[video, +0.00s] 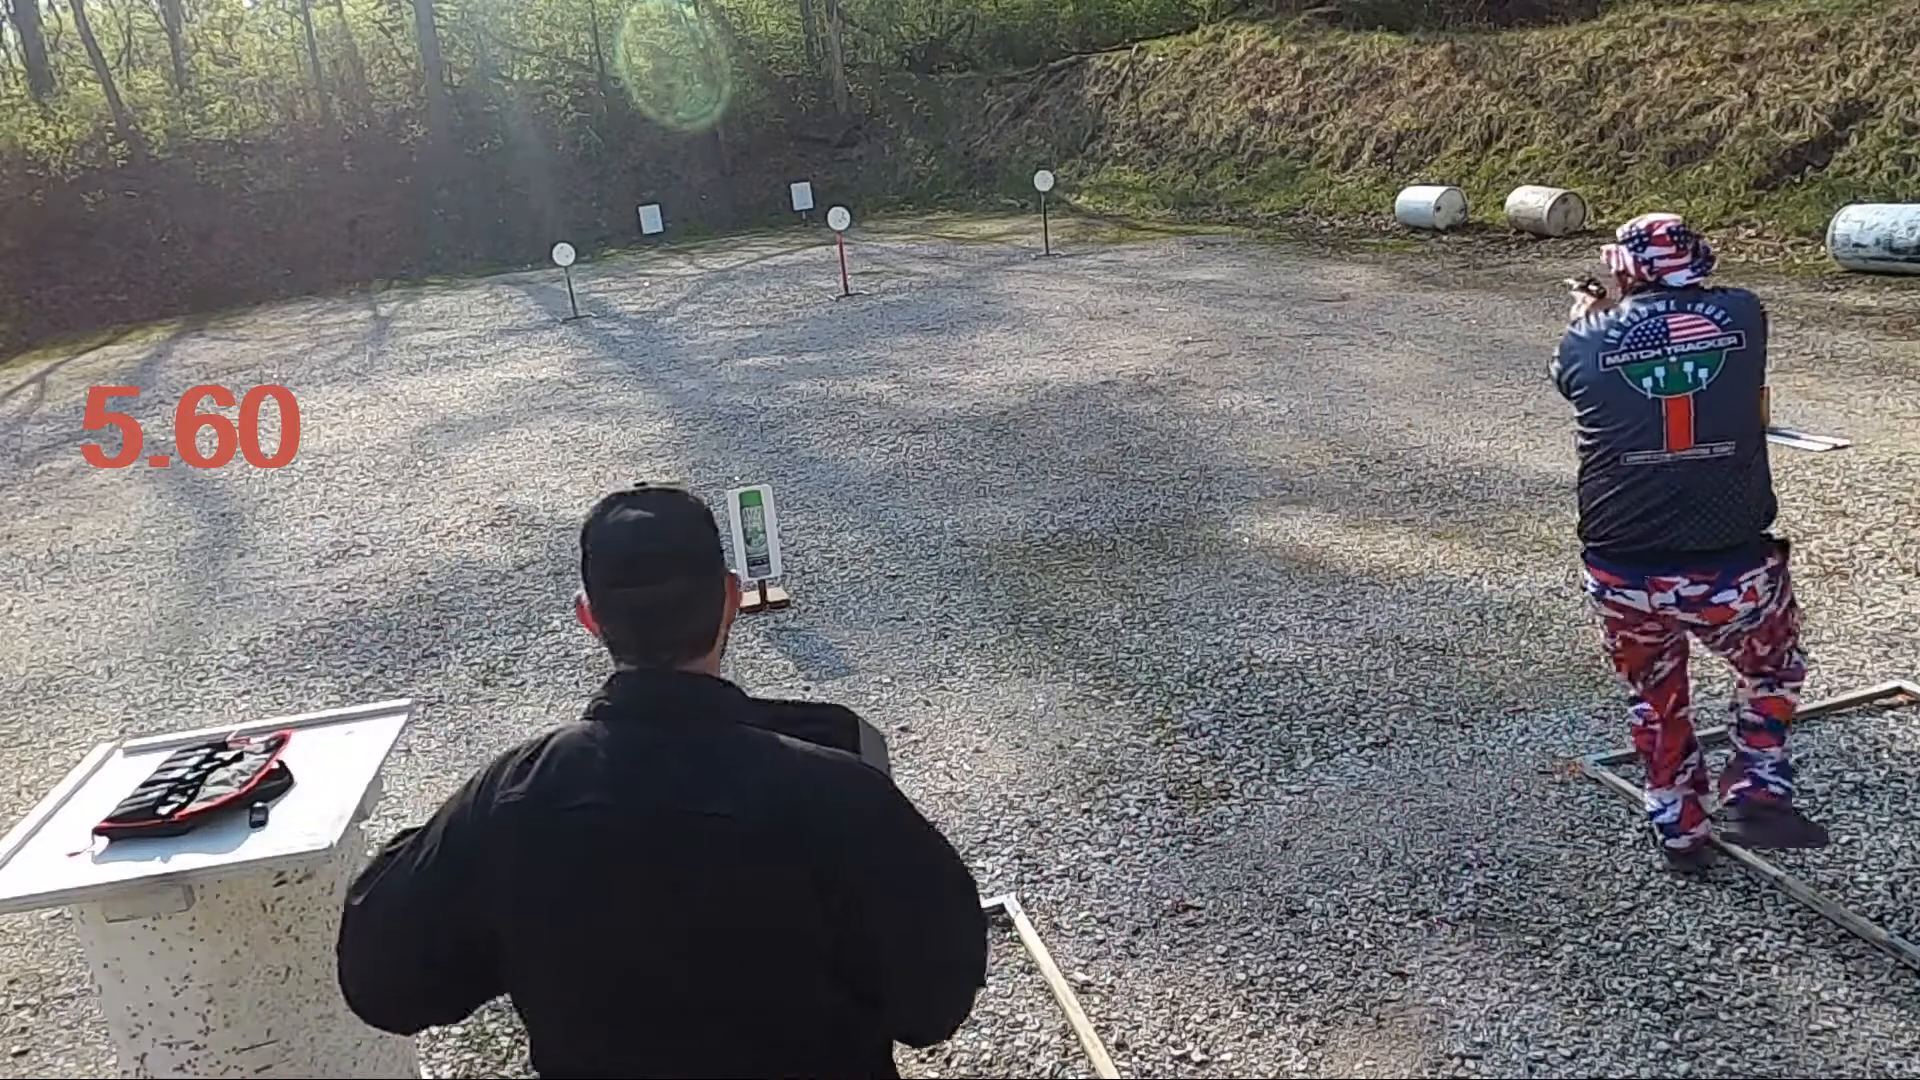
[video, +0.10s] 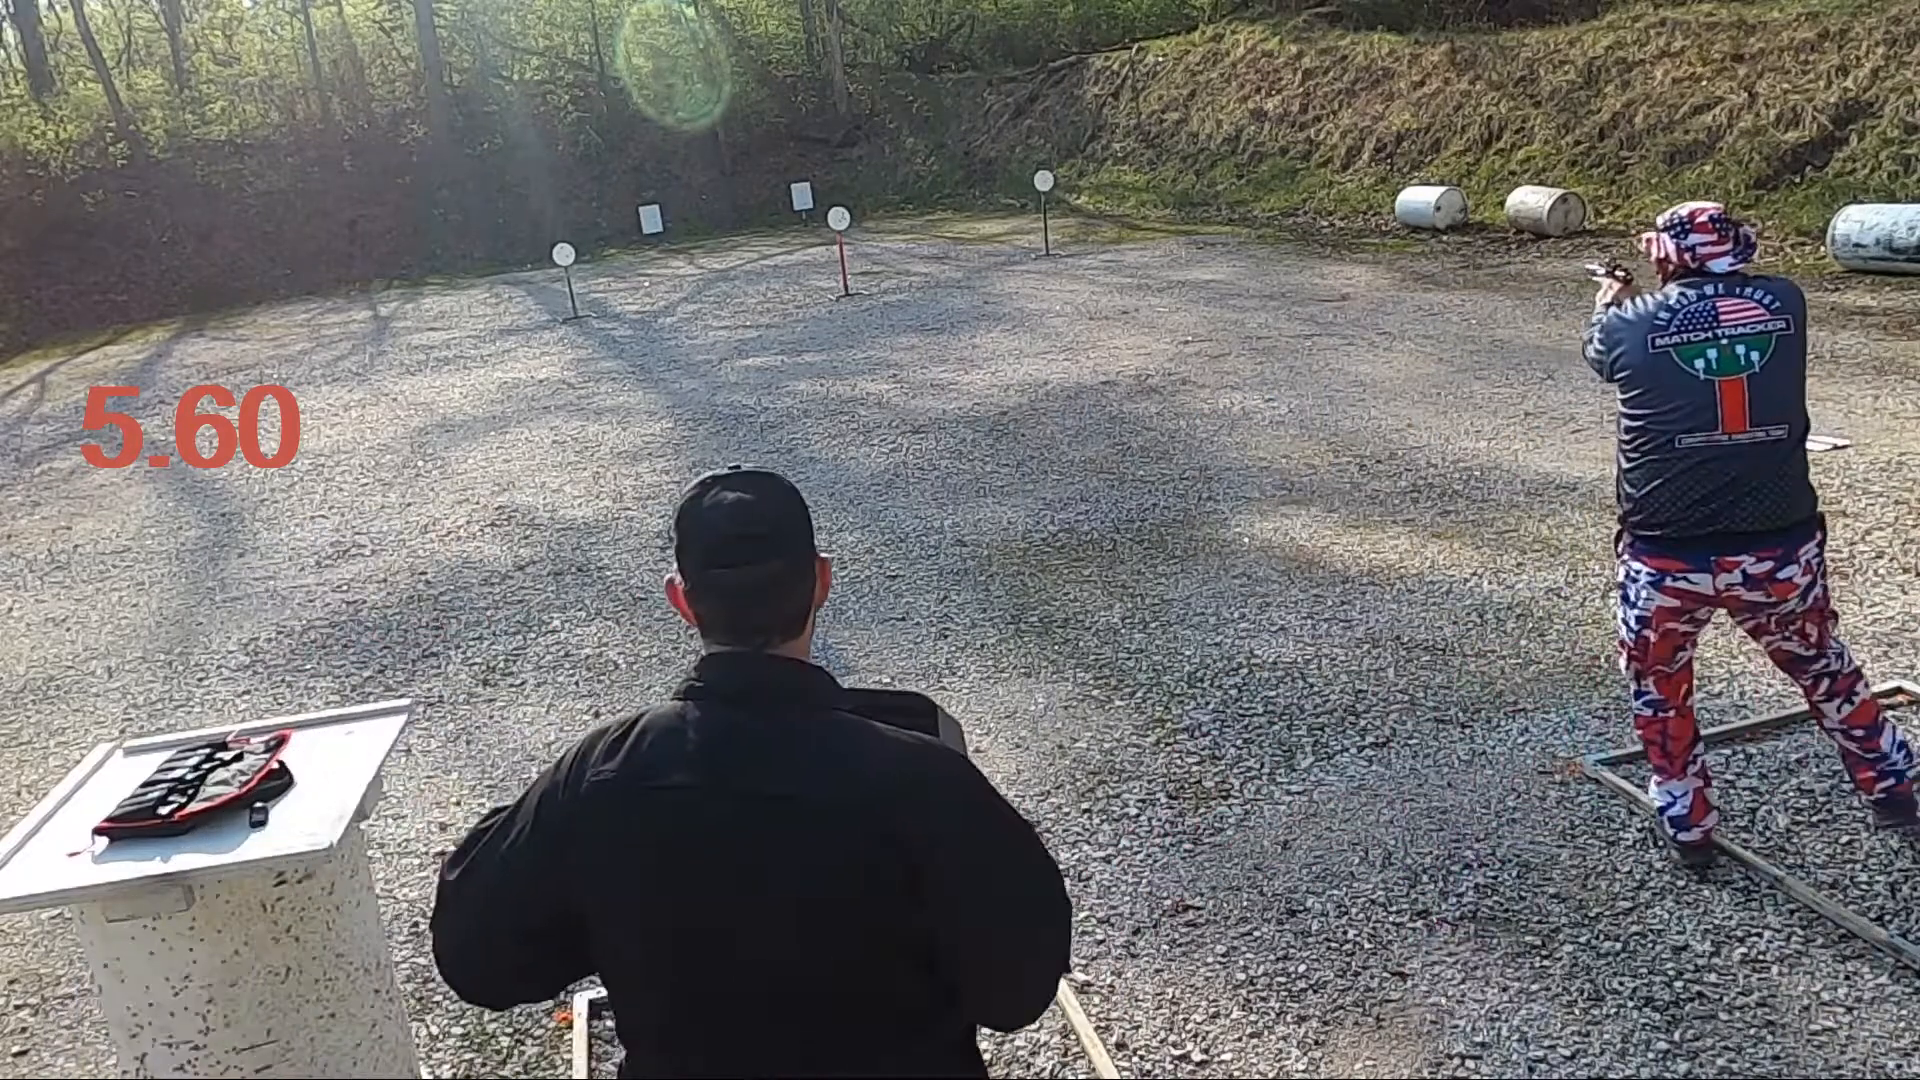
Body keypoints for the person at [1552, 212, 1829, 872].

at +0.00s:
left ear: (1623, 280)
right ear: (1694, 272)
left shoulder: (1585, 344)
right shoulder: (1742, 313)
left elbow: (1569, 368)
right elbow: (1686, 322)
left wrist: (1588, 313)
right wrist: (1637, 289)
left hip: (1623, 574)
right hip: (1731, 572)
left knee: (1656, 699)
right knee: (1772, 669)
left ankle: (1682, 832)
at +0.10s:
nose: (1657, 259)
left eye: (1661, 253)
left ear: (1670, 263)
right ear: (1736, 258)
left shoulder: (1630, 328)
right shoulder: (1785, 303)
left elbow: (1597, 349)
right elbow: (1726, 296)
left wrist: (1611, 300)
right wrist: (1676, 266)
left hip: (1665, 561)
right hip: (1780, 551)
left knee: (1659, 688)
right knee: (1822, 662)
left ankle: (1691, 828)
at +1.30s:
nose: (1794, 249)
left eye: (1796, 240)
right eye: (1791, 238)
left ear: (1804, 246)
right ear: (1870, 233)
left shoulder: (1771, 299)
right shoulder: (1908, 283)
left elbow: (1714, 313)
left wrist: (1712, 275)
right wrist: (1809, 253)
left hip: (1814, 530)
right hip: (1910, 529)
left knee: (1730, 650)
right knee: (1896, 673)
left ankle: (1722, 812)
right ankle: (1901, 811)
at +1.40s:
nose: (1793, 247)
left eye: (1795, 238)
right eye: (1789, 237)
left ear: (1806, 244)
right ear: (1870, 233)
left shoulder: (1774, 297)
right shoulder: (1912, 285)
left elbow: (1715, 313)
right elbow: (1870, 272)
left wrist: (1713, 275)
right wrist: (1809, 249)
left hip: (1814, 530)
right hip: (1913, 529)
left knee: (1727, 656)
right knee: (1897, 678)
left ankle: (1719, 810)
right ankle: (1903, 810)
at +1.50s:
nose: (1793, 251)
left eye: (1796, 242)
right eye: (1791, 241)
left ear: (1805, 245)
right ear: (1871, 232)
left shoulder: (1772, 297)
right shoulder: (1909, 282)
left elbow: (1716, 312)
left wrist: (1714, 273)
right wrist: (1809, 255)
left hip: (1812, 528)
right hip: (1910, 529)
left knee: (1745, 657)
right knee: (1896, 676)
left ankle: (1725, 812)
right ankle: (1900, 809)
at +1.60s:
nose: (1792, 250)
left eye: (1796, 242)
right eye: (1791, 241)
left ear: (1806, 246)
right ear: (1870, 232)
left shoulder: (1773, 298)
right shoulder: (1909, 283)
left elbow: (1714, 309)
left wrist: (1715, 271)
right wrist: (1807, 252)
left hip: (1814, 532)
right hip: (1911, 530)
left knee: (1736, 647)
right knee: (1896, 675)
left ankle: (1727, 809)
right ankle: (1902, 809)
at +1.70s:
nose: (1793, 249)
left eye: (1796, 240)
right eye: (1792, 240)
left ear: (1805, 245)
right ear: (1870, 231)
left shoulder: (1773, 297)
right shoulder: (1909, 282)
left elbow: (1714, 309)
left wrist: (1715, 270)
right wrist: (1809, 252)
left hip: (1814, 534)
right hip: (1911, 531)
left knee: (1733, 643)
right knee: (1895, 676)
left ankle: (1723, 805)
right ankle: (1902, 812)